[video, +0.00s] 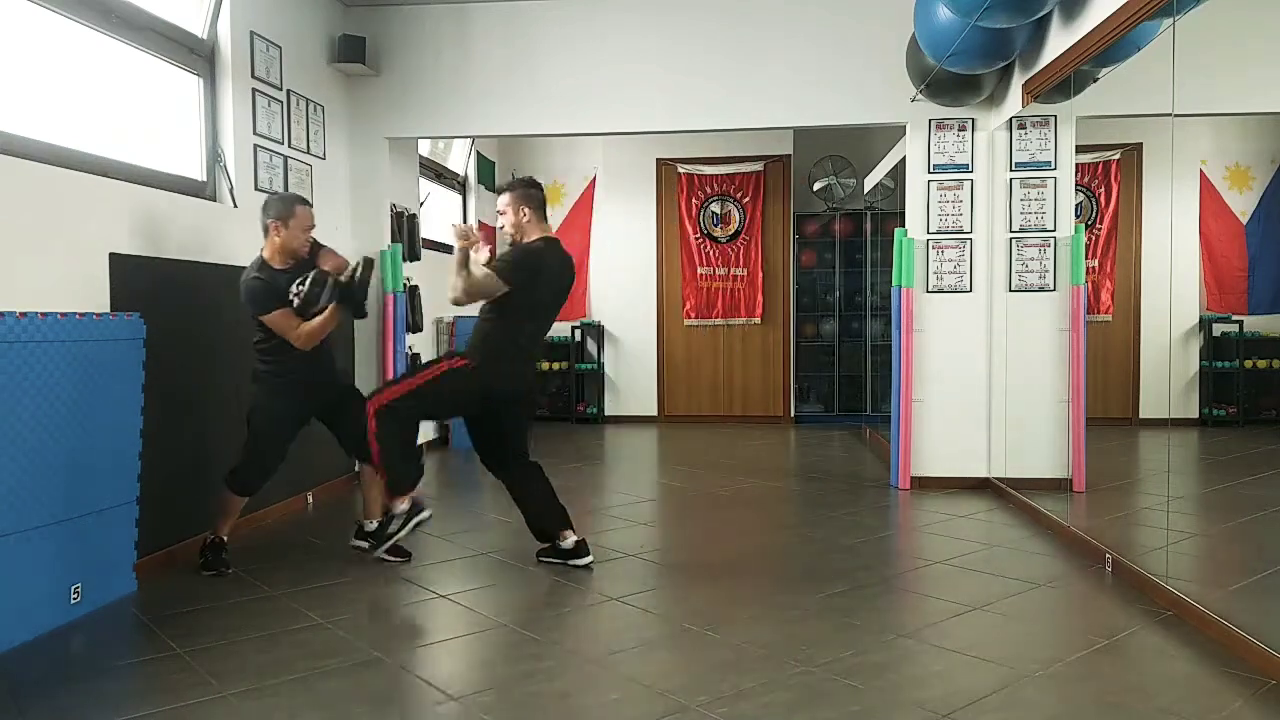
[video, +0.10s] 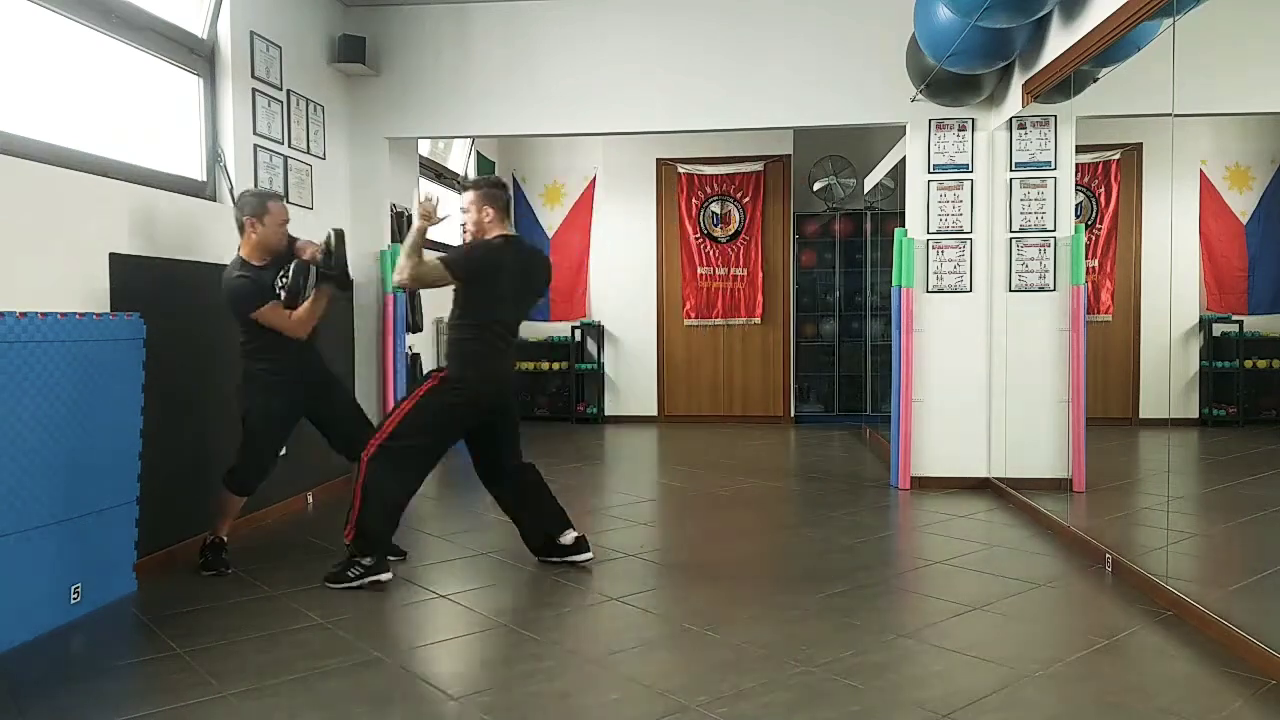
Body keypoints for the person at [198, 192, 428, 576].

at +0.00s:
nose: (312, 237)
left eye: (312, 229)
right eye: (306, 230)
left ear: (282, 230)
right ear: (276, 229)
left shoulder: (309, 253)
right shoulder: (257, 284)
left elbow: (343, 267)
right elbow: (302, 338)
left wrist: (322, 279)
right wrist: (342, 302)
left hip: (324, 381)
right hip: (278, 390)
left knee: (374, 440)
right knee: (255, 467)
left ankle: (372, 527)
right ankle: (217, 540)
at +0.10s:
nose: (288, 231)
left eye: (287, 224)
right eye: (281, 225)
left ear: (258, 225)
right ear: (252, 226)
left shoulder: (282, 249)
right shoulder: (240, 283)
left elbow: (324, 258)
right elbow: (298, 327)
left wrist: (316, 257)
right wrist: (327, 280)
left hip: (312, 377)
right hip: (268, 386)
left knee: (369, 446)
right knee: (251, 466)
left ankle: (374, 537)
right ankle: (217, 539)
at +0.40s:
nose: (242, 230)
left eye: (240, 222)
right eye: (234, 223)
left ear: (210, 227)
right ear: (204, 228)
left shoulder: (253, 255)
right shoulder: (198, 284)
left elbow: (289, 235)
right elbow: (244, 334)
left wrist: (313, 239)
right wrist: (262, 282)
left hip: (298, 372)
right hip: (255, 385)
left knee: (350, 434)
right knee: (248, 461)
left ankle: (343, 532)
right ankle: (217, 539)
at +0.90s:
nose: (284, 208)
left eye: (281, 201)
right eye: (276, 201)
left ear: (251, 207)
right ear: (248, 207)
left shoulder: (286, 252)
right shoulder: (233, 260)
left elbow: (295, 296)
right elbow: (227, 324)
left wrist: (323, 304)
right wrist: (291, 330)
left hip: (300, 369)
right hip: (258, 374)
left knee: (344, 445)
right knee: (243, 454)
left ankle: (313, 523)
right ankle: (216, 536)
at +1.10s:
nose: (338, 214)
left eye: (336, 207)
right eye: (330, 207)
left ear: (308, 211)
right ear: (303, 210)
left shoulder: (330, 259)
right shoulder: (284, 258)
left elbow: (336, 306)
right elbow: (268, 322)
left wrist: (368, 317)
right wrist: (326, 351)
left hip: (333, 376)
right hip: (295, 376)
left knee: (335, 457)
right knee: (288, 463)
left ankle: (303, 536)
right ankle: (242, 523)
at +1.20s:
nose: (362, 213)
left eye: (362, 206)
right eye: (355, 206)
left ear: (336, 208)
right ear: (328, 207)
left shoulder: (351, 257)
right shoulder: (305, 252)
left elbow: (368, 307)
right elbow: (279, 313)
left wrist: (394, 309)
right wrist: (337, 337)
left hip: (341, 370)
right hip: (311, 370)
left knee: (338, 455)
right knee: (316, 456)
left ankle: (307, 534)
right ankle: (286, 525)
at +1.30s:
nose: (384, 208)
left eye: (384, 201)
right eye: (377, 200)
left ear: (359, 202)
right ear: (349, 200)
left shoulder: (370, 251)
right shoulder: (325, 243)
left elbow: (379, 295)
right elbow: (290, 296)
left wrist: (400, 297)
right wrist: (351, 310)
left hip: (355, 365)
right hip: (330, 365)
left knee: (334, 449)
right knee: (352, 451)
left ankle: (306, 527)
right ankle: (343, 537)